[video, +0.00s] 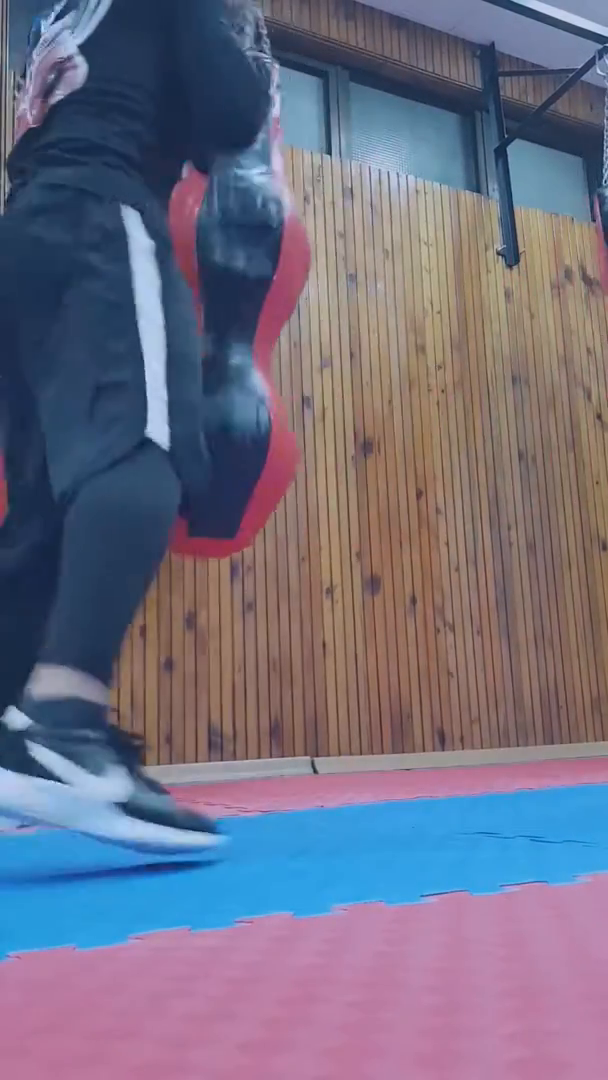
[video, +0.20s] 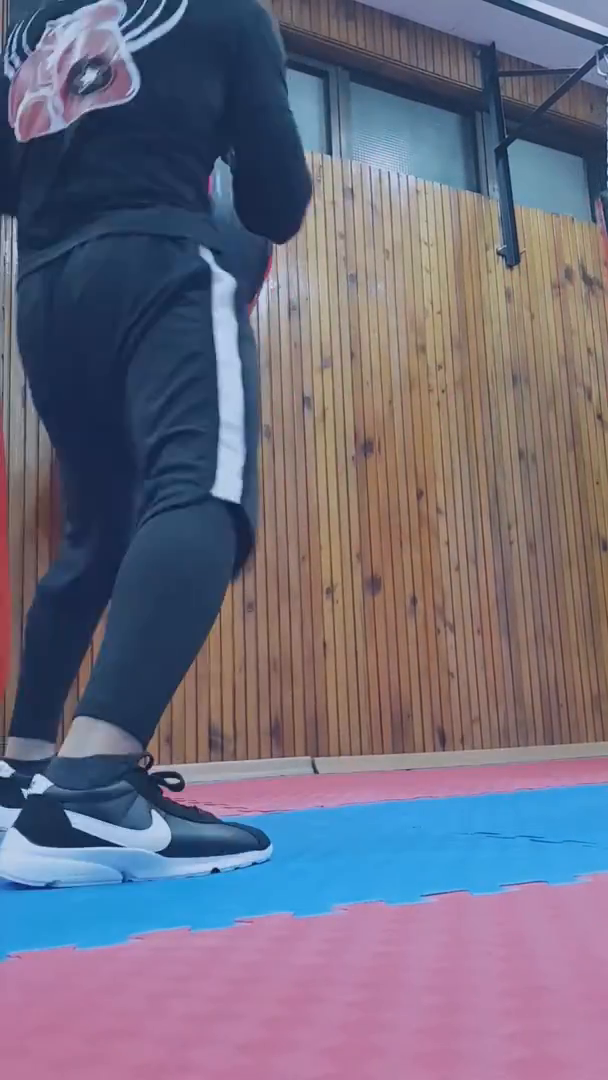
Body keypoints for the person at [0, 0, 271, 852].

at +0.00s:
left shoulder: (59, 25)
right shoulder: (176, 10)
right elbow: (233, 114)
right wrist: (253, 62)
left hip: (25, 216)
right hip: (91, 210)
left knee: (41, 506)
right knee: (136, 457)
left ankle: (28, 734)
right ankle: (65, 710)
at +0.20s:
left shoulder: (27, 22)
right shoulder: (225, 14)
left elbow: (11, 184)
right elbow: (279, 195)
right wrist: (240, 224)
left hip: (44, 282)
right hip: (163, 260)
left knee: (97, 531)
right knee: (198, 498)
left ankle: (25, 761)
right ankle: (95, 777)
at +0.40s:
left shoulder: (48, 8)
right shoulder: (255, 2)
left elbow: (17, 111)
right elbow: (301, 135)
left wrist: (108, 119)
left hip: (70, 224)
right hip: (186, 206)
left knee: (114, 494)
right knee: (163, 470)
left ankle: (114, 771)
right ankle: (83, 779)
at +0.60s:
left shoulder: (90, 31)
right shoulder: (276, 10)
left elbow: (74, 203)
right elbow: (332, 180)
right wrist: (243, 102)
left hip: (110, 252)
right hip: (221, 233)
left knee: (138, 505)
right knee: (200, 485)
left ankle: (139, 767)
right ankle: (91, 763)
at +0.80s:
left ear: (154, 25)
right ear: (236, 10)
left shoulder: (110, 100)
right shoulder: (282, 44)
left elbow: (139, 233)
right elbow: (344, 189)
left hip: (162, 283)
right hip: (274, 252)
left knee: (165, 531)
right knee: (379, 478)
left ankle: (140, 767)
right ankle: (296, 646)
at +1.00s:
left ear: (234, 14)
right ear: (307, 3)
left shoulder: (189, 76)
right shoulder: (352, 34)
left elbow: (172, 238)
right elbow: (403, 198)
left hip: (215, 286)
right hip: (330, 262)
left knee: (202, 530)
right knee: (466, 496)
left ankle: (145, 764)